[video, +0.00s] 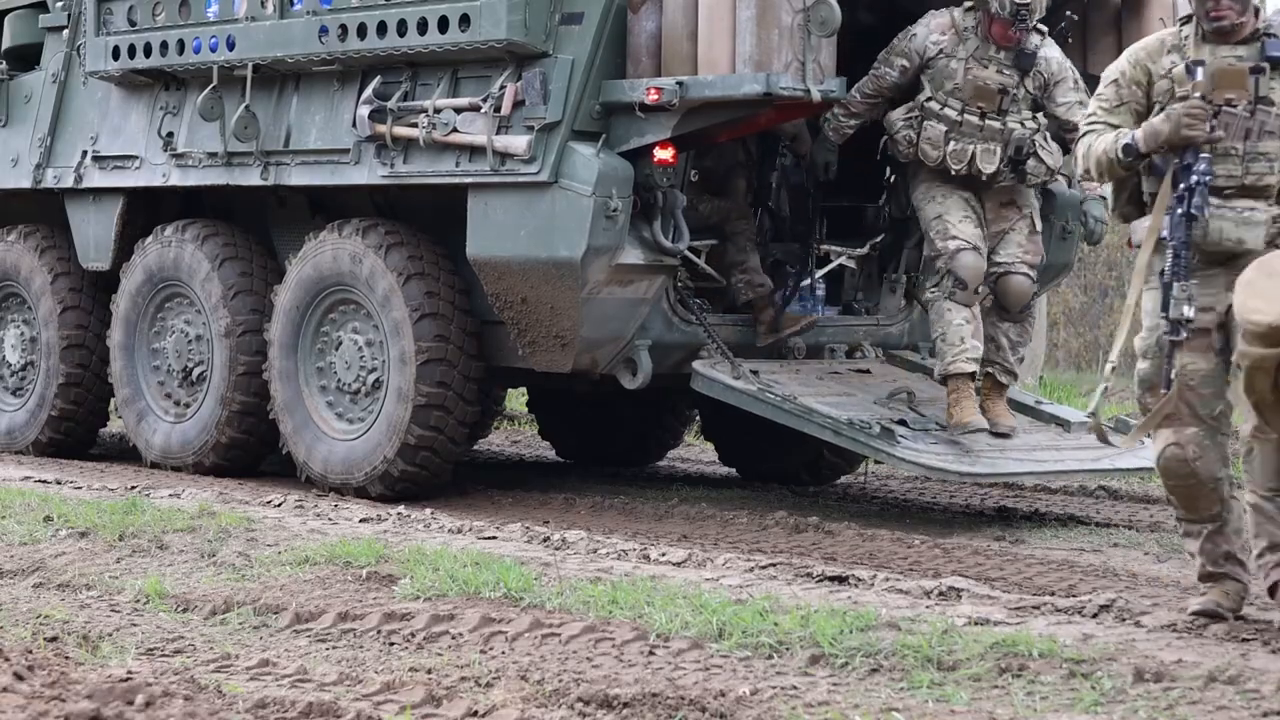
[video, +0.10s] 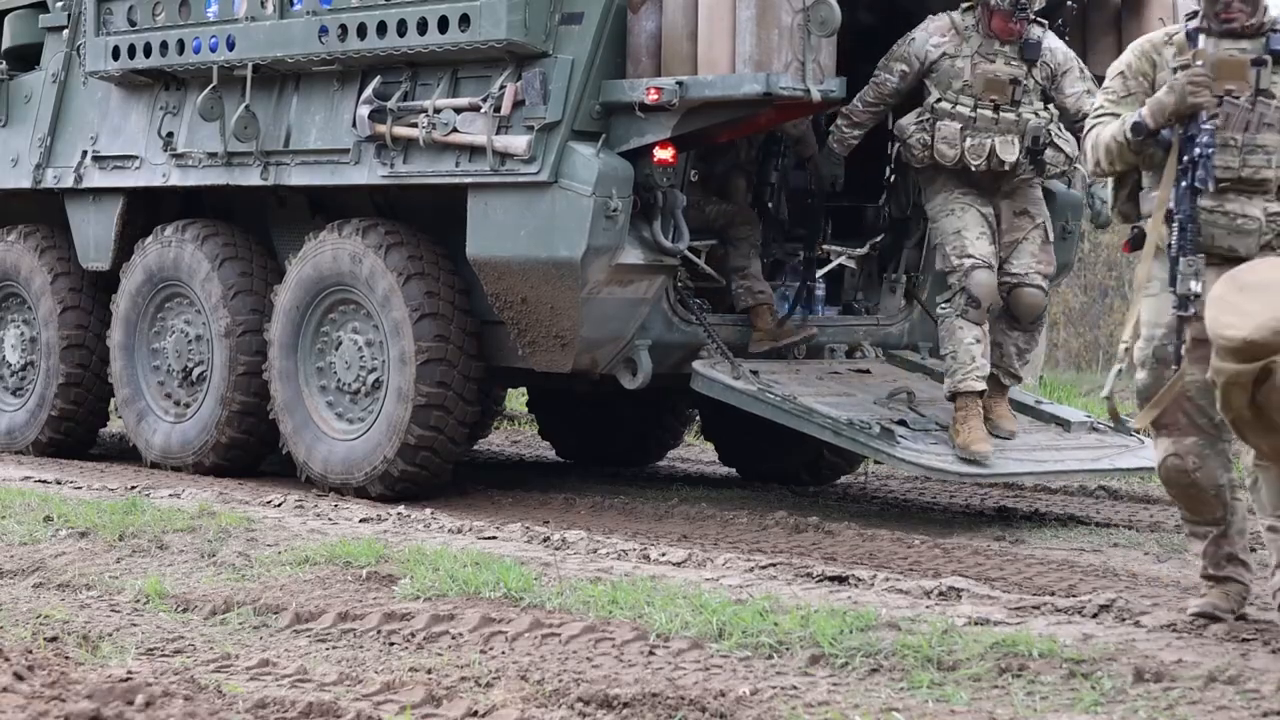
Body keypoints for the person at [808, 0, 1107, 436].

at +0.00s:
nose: (1016, 35)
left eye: (1026, 27)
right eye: (1010, 22)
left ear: (1037, 22)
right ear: (988, 9)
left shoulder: (1047, 59)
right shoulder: (936, 33)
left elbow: (1081, 129)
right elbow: (877, 87)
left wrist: (1091, 190)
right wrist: (829, 135)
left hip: (1010, 181)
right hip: (940, 173)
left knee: (1017, 285)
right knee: (964, 268)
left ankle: (995, 394)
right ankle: (961, 393)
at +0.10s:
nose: (1020, 26)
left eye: (1028, 18)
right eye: (1012, 15)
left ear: (1037, 15)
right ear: (986, 6)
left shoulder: (1049, 49)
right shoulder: (937, 37)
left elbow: (1094, 113)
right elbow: (878, 93)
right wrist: (836, 147)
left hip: (1020, 184)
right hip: (953, 180)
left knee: (1030, 296)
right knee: (977, 285)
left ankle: (997, 391)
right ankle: (968, 408)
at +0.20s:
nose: (1020, 27)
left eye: (1029, 18)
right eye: (1012, 16)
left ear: (1038, 16)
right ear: (985, 9)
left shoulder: (1054, 54)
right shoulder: (939, 48)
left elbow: (1106, 107)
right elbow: (883, 115)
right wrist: (841, 178)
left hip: (1029, 193)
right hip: (961, 192)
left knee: (1057, 297)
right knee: (987, 292)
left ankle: (1008, 378)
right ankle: (972, 416)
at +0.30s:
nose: (1025, 28)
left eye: (1032, 20)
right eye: (1016, 18)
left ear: (1041, 19)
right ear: (991, 13)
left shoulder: (1062, 57)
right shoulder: (946, 57)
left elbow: (1115, 108)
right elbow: (898, 134)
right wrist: (865, 204)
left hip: (1036, 201)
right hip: (967, 200)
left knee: (1074, 294)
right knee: (996, 295)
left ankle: (1036, 400)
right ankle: (975, 419)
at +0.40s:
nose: (1027, 31)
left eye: (1036, 22)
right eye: (1018, 21)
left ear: (1046, 19)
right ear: (995, 15)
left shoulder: (1072, 59)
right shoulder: (955, 61)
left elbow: (1121, 101)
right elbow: (901, 126)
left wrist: (1096, 133)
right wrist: (882, 192)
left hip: (1044, 210)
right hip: (975, 208)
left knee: (1077, 309)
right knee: (1005, 306)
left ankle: (1072, 439)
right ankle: (976, 423)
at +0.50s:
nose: (1040, 35)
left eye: (1047, 26)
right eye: (1030, 25)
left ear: (1056, 24)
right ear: (1003, 22)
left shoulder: (1075, 60)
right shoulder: (967, 66)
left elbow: (1132, 68)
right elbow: (900, 109)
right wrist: (881, 165)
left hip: (1053, 216)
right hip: (984, 216)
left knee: (1071, 340)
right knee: (1013, 325)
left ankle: (1083, 443)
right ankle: (976, 427)